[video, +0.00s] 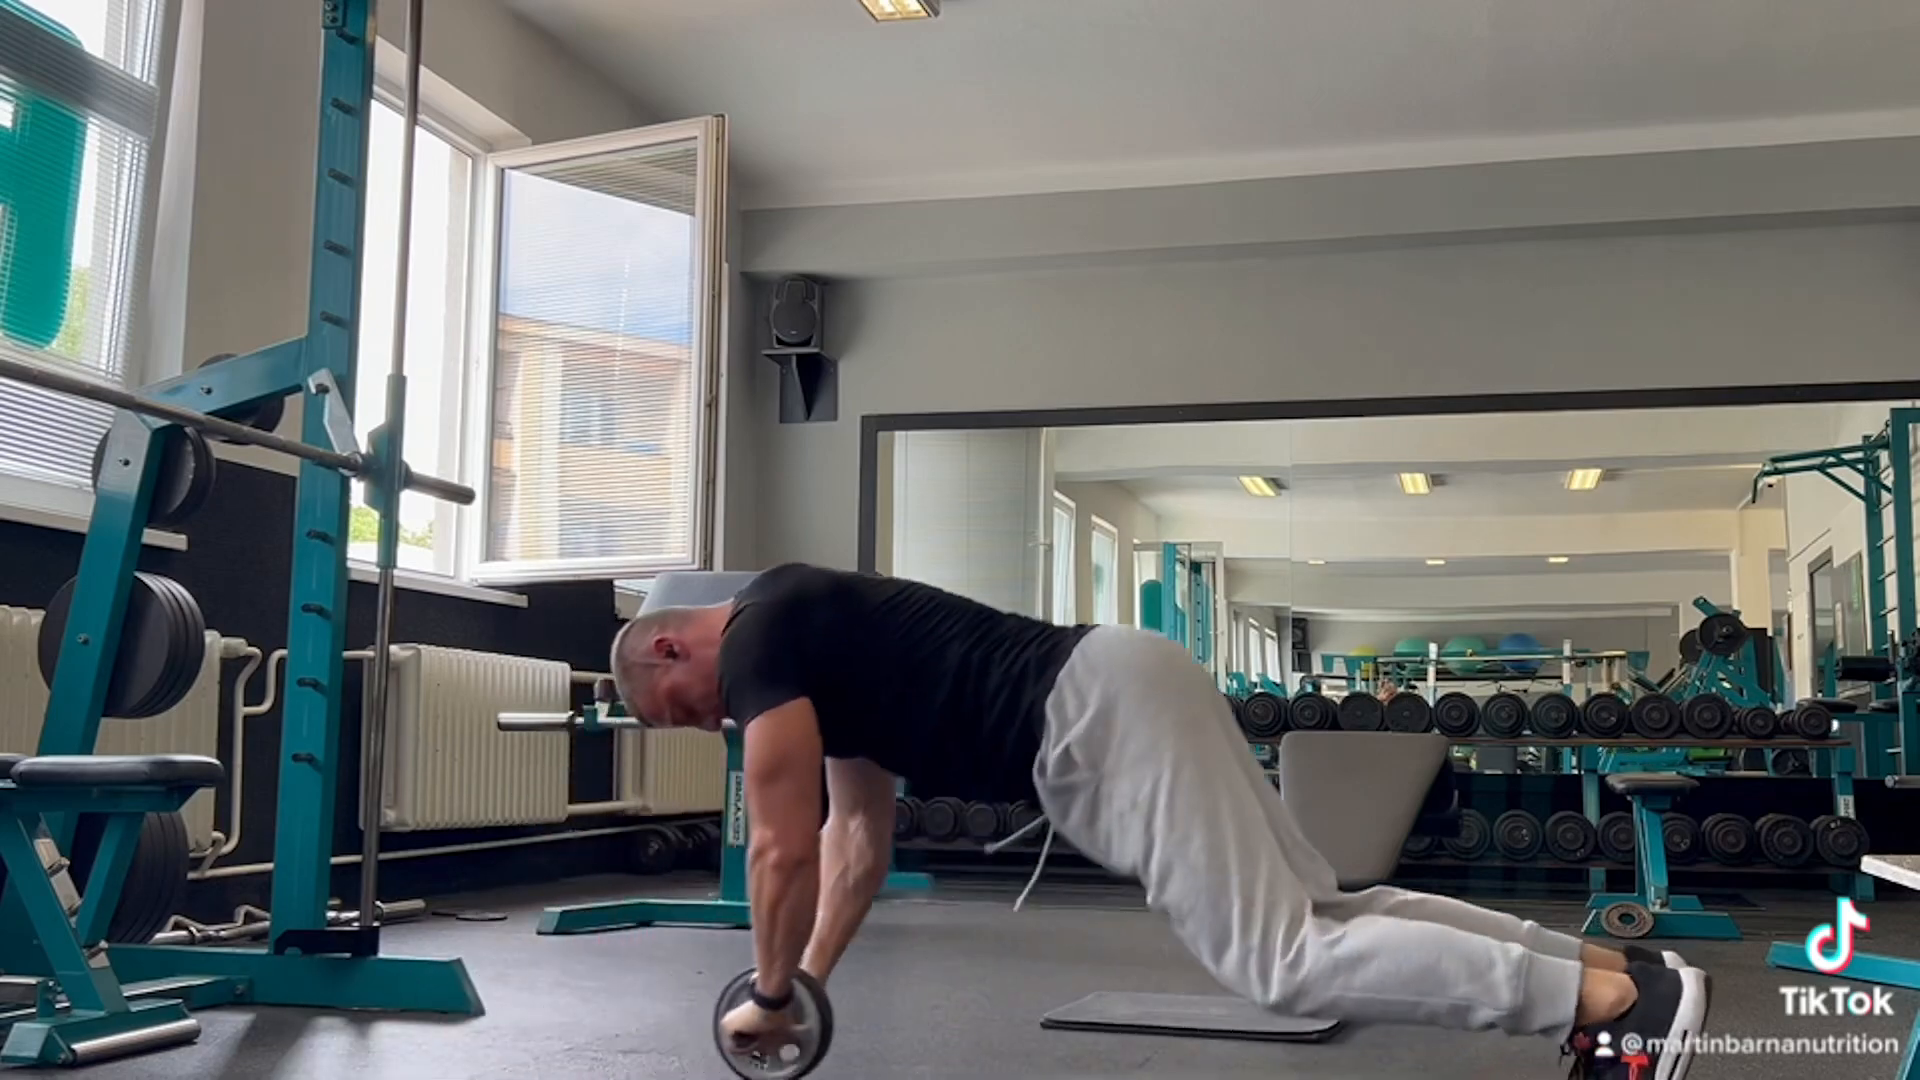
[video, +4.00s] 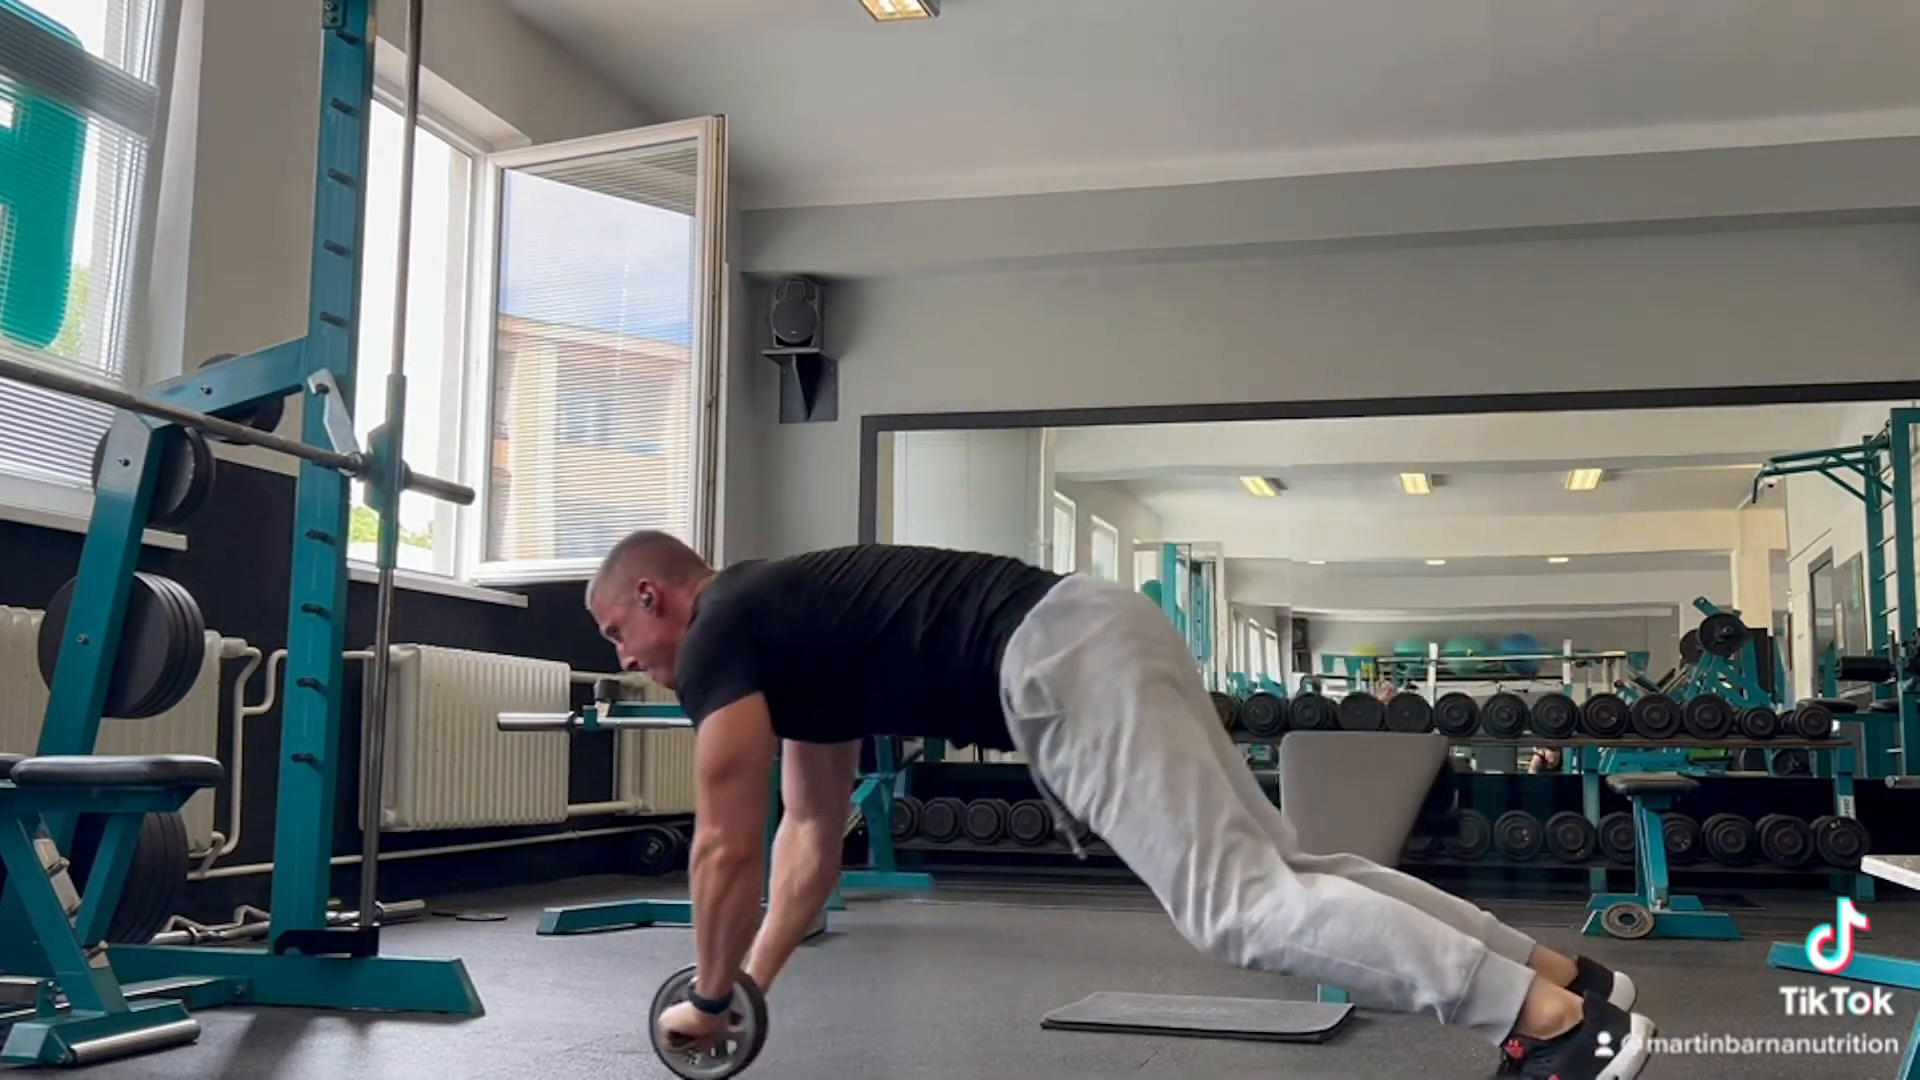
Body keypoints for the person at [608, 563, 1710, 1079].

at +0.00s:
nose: (672, 725)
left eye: (655, 704)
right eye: (660, 715)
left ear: (666, 648)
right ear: (690, 643)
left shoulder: (765, 630)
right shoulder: (823, 641)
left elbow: (786, 844)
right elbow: (852, 847)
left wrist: (772, 995)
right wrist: (799, 988)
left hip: (1104, 703)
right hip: (1120, 703)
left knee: (1284, 960)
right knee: (1310, 917)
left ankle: (1604, 994)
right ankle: (1598, 971)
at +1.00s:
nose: (815, 622)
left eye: (812, 593)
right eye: (807, 601)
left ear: (860, 554)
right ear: (885, 554)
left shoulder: (937, 597)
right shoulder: (993, 611)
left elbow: (900, 824)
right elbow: (970, 837)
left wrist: (865, 989)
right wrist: (896, 989)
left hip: (1289, 538)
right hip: (1305, 523)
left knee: (1419, 833)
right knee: (1427, 822)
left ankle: (1665, 1033)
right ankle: (1621, 1012)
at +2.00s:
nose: (455, 1012)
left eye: (453, 994)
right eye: (453, 1004)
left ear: (473, 955)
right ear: (500, 970)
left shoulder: (542, 938)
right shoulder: (606, 956)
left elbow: (348, 1044)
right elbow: (509, 1048)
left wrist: (277, 1011)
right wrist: (381, 1039)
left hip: (891, 998)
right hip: (912, 981)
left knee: (1177, 1046)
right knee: (1178, 1034)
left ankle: (1472, 990)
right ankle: (1460, 1007)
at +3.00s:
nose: (910, 774)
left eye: (884, 760)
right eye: (887, 771)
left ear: (889, 692)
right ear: (895, 684)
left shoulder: (981, 637)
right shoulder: (1020, 653)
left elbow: (1095, 837)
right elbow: (1138, 834)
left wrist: (1147, 999)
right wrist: (1166, 996)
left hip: (1285, 512)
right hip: (1296, 510)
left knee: (1364, 795)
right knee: (1367, 790)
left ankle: (1592, 1016)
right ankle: (1581, 997)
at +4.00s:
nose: (627, 661)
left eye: (620, 638)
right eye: (617, 644)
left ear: (656, 599)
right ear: (689, 585)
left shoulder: (729, 629)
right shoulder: (800, 631)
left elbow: (729, 844)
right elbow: (811, 842)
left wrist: (711, 992)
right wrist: (749, 980)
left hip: (1060, 651)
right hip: (1094, 632)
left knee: (1237, 906)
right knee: (1268, 873)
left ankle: (1543, 1004)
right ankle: (1552, 980)